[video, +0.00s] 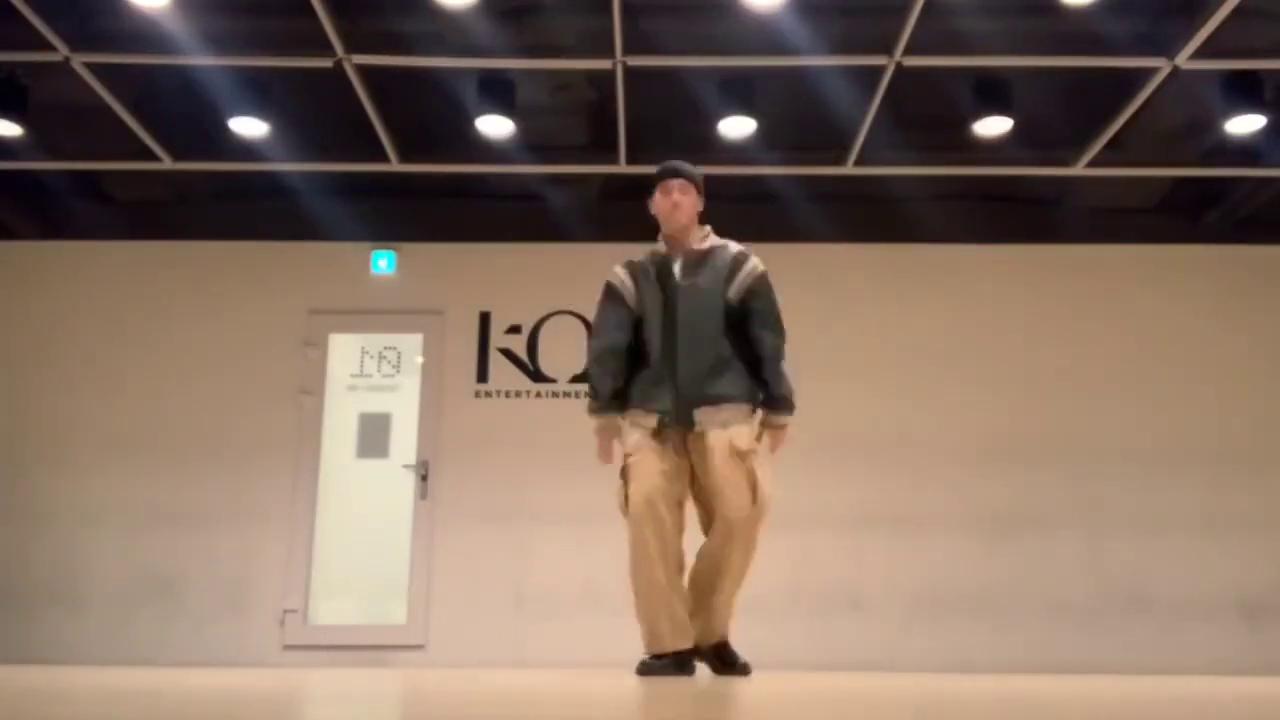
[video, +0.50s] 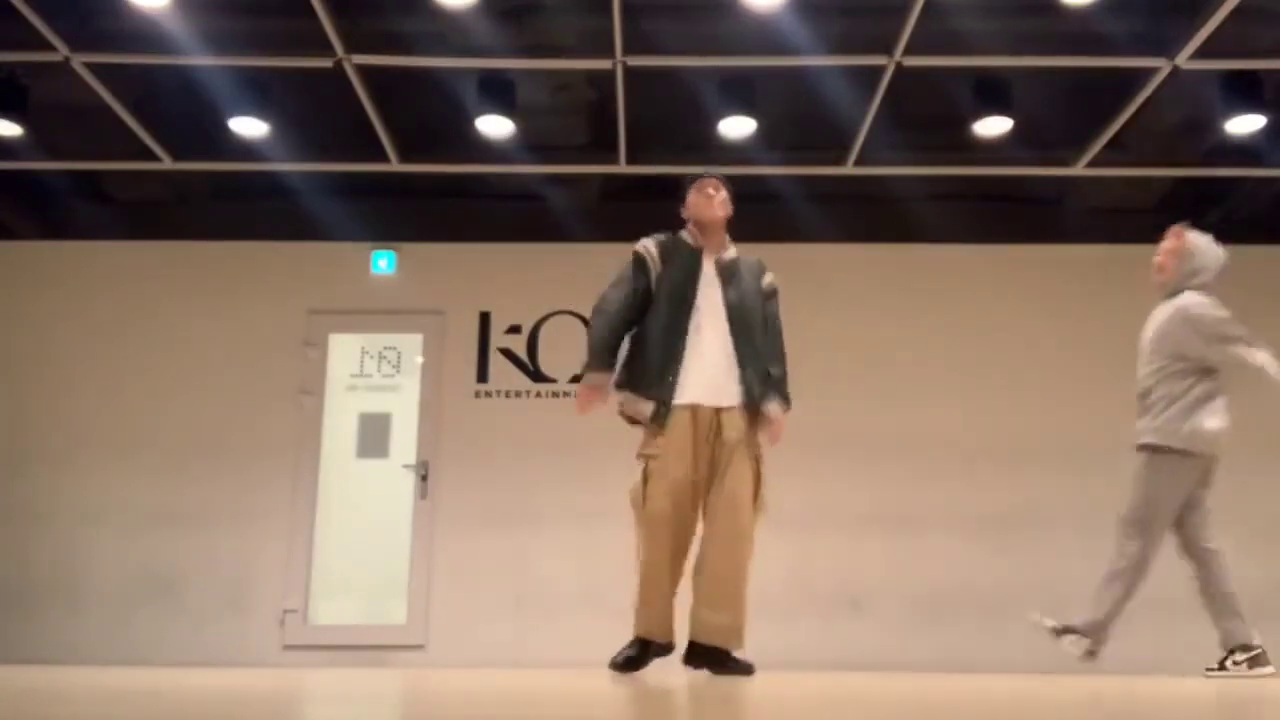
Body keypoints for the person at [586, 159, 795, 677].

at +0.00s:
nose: (673, 201)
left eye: (682, 192)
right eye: (665, 194)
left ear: (700, 202)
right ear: (652, 206)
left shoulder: (738, 265)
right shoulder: (631, 275)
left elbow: (766, 341)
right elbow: (608, 349)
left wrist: (778, 408)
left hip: (724, 418)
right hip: (650, 421)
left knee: (739, 519)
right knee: (648, 517)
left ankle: (709, 631)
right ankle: (667, 645)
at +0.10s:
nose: (693, 187)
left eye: (702, 181)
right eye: (684, 180)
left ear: (715, 197)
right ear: (667, 195)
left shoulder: (746, 260)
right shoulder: (639, 265)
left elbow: (771, 338)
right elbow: (615, 346)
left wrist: (776, 407)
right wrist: (614, 417)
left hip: (729, 419)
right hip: (655, 419)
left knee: (724, 529)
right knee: (650, 524)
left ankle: (713, 640)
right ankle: (668, 644)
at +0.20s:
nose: (720, 178)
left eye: (726, 173)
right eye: (710, 170)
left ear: (733, 188)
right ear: (687, 181)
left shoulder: (753, 250)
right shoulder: (643, 243)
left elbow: (769, 329)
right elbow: (624, 320)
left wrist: (775, 389)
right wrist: (635, 382)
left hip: (731, 398)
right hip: (662, 396)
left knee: (728, 516)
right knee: (663, 508)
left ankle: (721, 636)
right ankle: (665, 638)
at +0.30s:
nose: (733, 191)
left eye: (738, 185)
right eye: (722, 182)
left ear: (742, 200)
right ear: (697, 193)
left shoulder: (758, 264)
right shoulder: (649, 247)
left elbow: (773, 340)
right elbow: (618, 318)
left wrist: (784, 401)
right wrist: (627, 377)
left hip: (734, 406)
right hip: (667, 402)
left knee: (733, 524)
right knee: (663, 517)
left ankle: (716, 640)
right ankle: (653, 637)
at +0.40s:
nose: (734, 204)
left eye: (738, 200)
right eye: (722, 198)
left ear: (742, 218)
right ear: (698, 213)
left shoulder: (757, 284)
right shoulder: (659, 260)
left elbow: (774, 360)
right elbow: (612, 320)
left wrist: (792, 428)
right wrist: (600, 389)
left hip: (739, 424)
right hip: (674, 419)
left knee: (735, 541)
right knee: (662, 526)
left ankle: (712, 648)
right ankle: (645, 629)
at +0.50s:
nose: (715, 196)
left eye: (721, 192)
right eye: (704, 191)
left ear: (731, 212)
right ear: (684, 211)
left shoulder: (755, 273)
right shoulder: (658, 254)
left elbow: (771, 343)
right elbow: (613, 309)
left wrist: (774, 400)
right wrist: (598, 371)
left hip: (738, 415)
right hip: (672, 412)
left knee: (731, 530)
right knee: (661, 523)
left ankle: (711, 643)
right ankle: (652, 635)